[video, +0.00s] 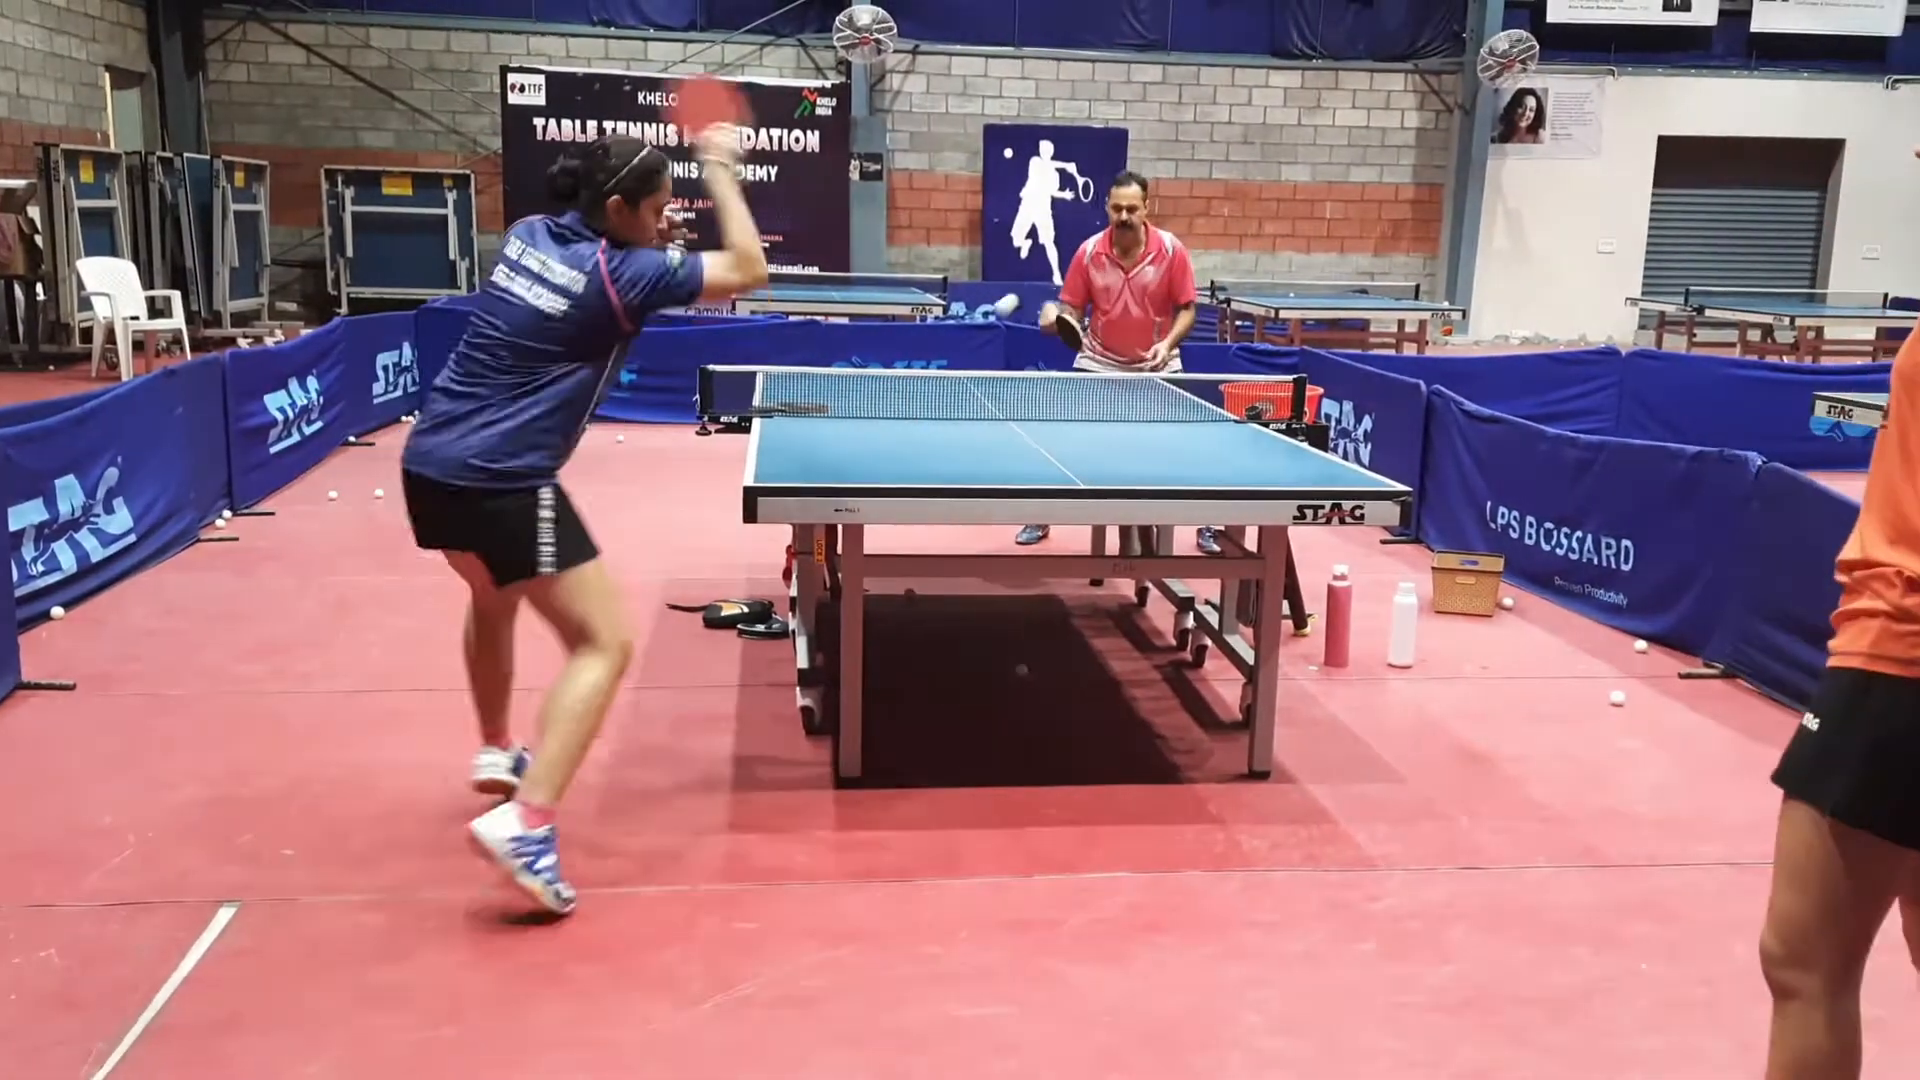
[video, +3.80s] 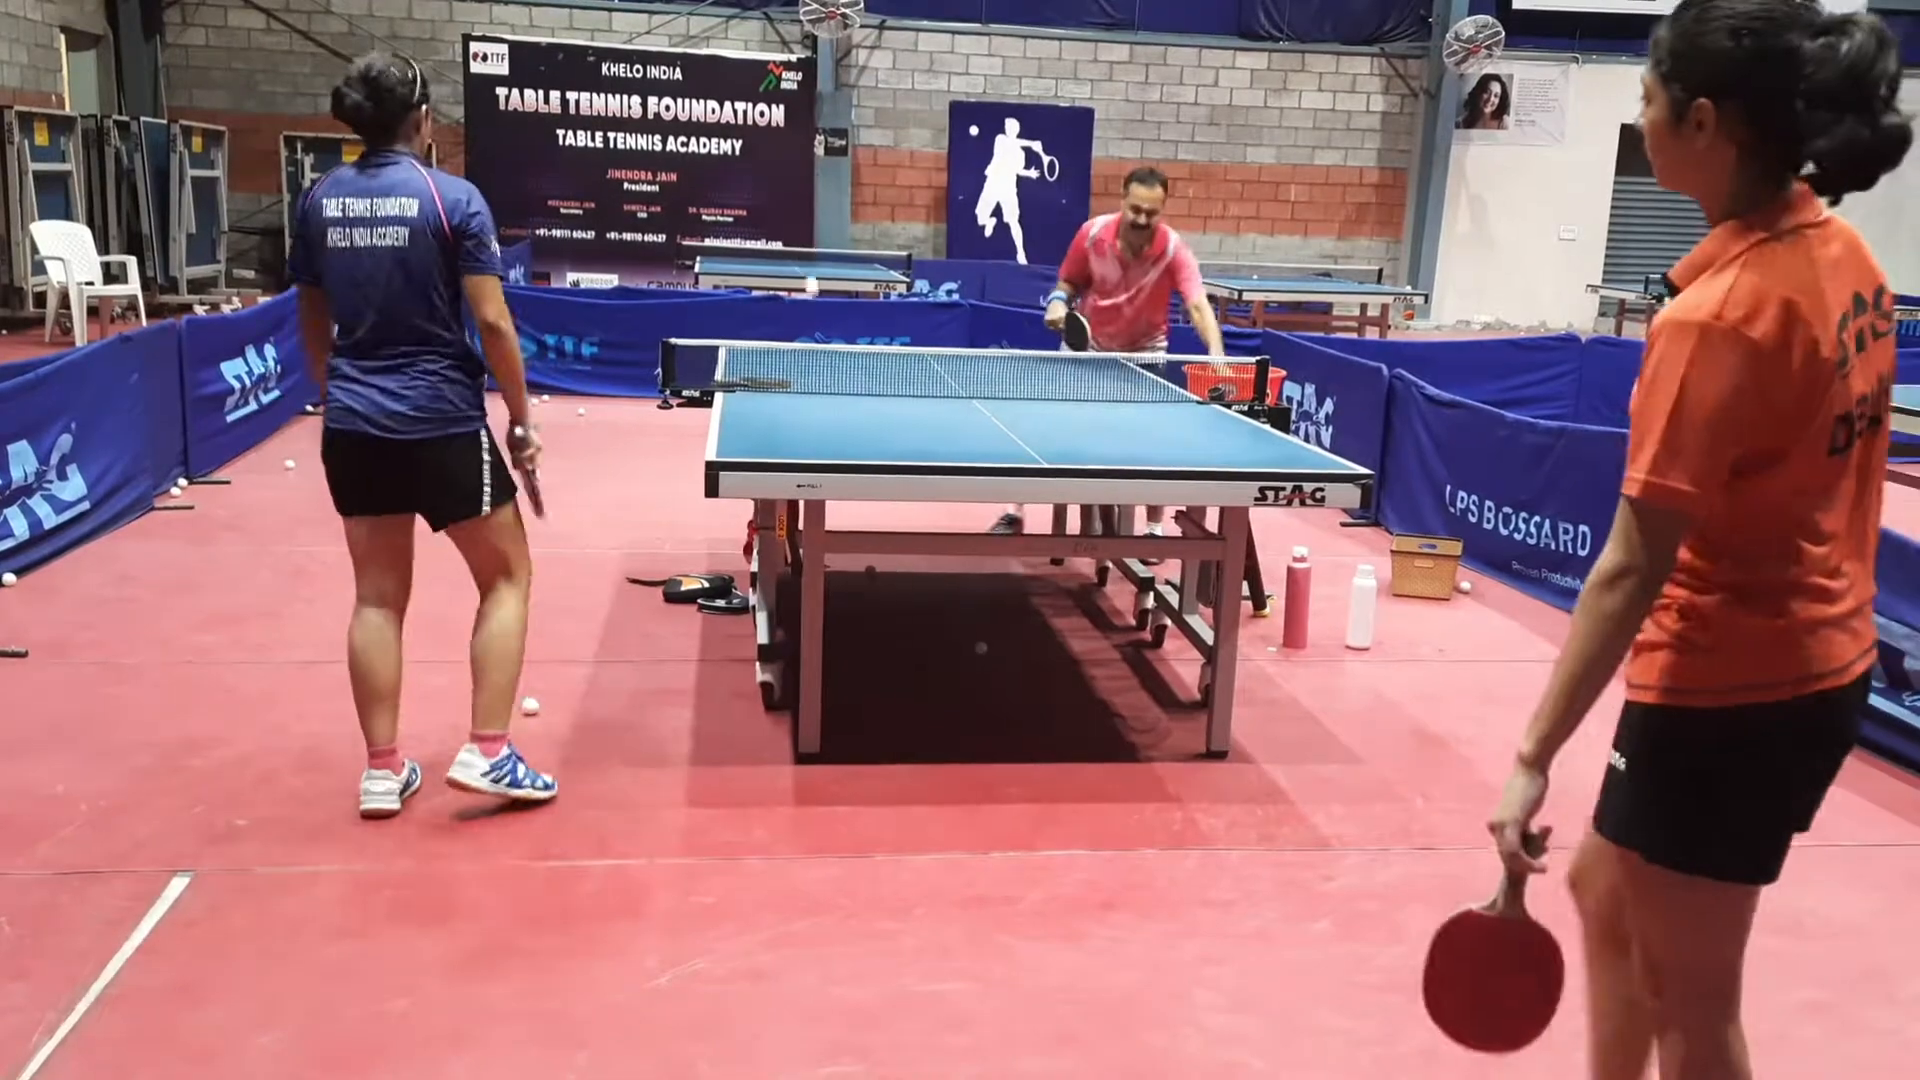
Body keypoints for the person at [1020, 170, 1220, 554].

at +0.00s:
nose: (1124, 217)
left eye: (1132, 210)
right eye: (1117, 209)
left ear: (1146, 209)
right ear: (1107, 209)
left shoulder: (1171, 251)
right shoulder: (1090, 251)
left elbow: (1187, 310)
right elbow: (1072, 309)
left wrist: (1167, 344)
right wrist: (1055, 316)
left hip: (1158, 365)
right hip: (1098, 362)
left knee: (1190, 435)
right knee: (1061, 429)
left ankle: (1209, 522)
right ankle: (1039, 516)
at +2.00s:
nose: (1116, 174)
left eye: (1124, 167)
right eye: (1109, 167)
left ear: (1138, 173)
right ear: (1100, 171)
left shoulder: (1159, 225)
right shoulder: (1078, 223)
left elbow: (1168, 287)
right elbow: (1059, 284)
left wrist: (1144, 332)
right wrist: (1067, 286)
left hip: (1138, 347)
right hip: (1079, 344)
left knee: (1157, 430)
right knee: (1042, 418)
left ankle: (1181, 510)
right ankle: (1013, 502)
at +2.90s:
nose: (1106, 192)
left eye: (1115, 184)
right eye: (1100, 183)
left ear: (1131, 187)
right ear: (1092, 184)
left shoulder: (1153, 233)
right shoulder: (1071, 231)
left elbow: (1166, 296)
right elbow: (1055, 289)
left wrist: (1133, 329)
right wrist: (1042, 294)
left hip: (1129, 351)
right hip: (1069, 344)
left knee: (1159, 423)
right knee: (1032, 413)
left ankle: (1174, 508)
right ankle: (1016, 498)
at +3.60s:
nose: (1110, 205)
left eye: (1117, 197)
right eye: (1102, 197)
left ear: (1125, 193)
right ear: (1083, 190)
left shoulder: (1138, 231)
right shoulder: (1052, 231)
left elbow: (1167, 281)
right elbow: (1029, 283)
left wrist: (1181, 313)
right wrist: (1027, 305)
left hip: (1117, 348)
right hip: (1054, 346)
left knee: (1134, 429)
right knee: (1024, 419)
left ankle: (1152, 522)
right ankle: (999, 509)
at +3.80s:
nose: (1142, 220)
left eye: (1151, 213)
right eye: (1135, 210)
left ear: (1163, 210)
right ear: (1122, 202)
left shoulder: (1173, 248)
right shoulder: (1093, 234)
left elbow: (1197, 305)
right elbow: (1067, 283)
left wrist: (1216, 351)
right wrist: (1057, 304)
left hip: (1146, 351)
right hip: (1090, 347)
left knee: (1152, 437)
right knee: (1051, 423)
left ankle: (1154, 529)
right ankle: (1015, 511)